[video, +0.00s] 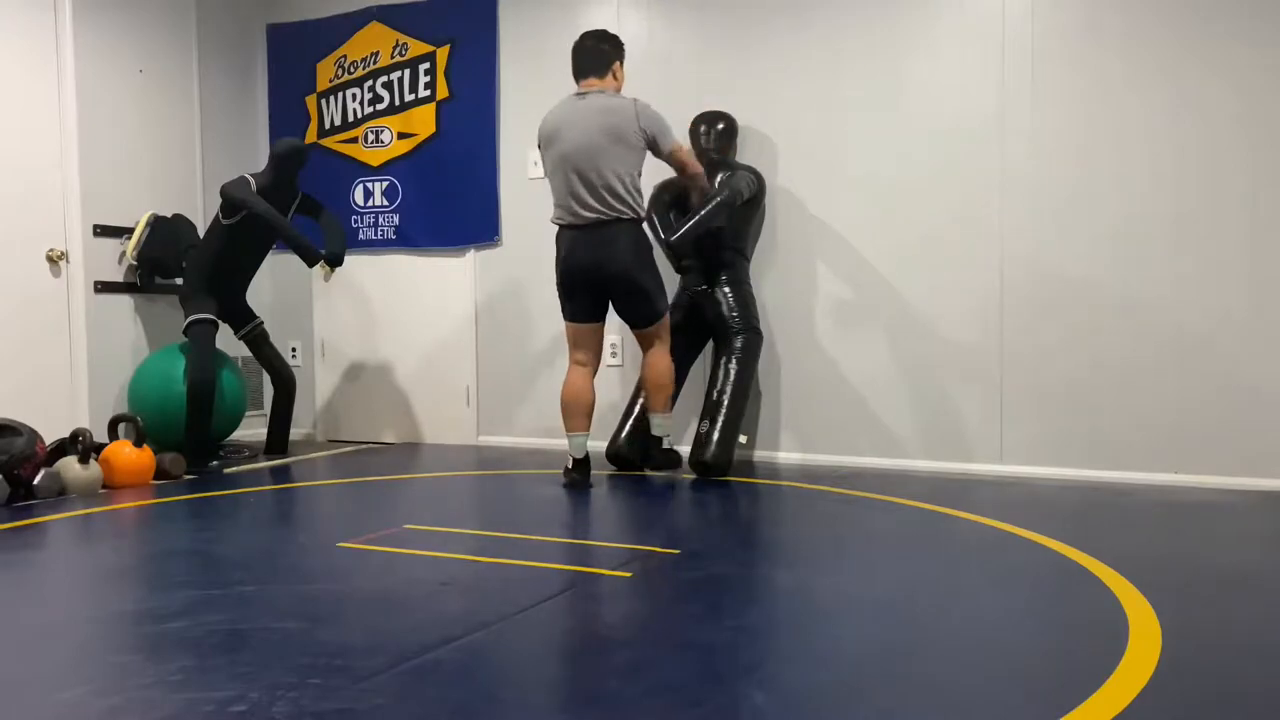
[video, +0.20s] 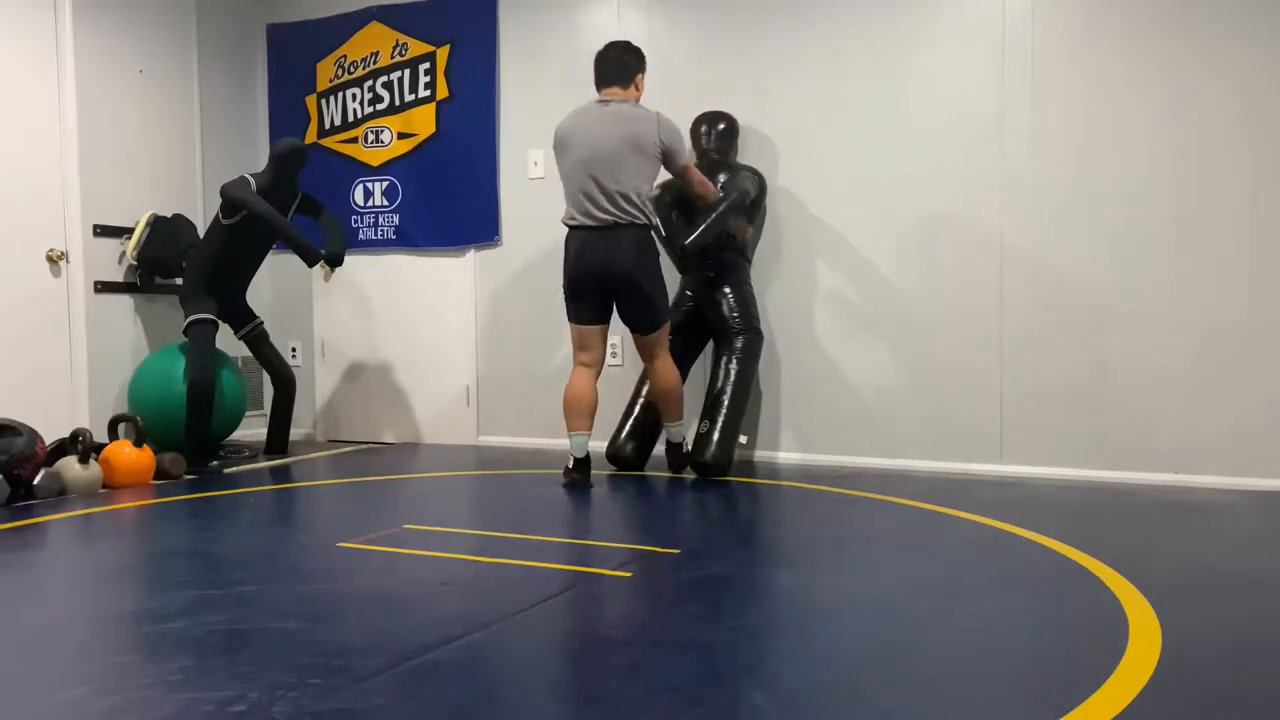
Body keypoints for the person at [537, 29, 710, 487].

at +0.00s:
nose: (624, 76)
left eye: (623, 69)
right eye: (623, 69)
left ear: (576, 71)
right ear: (615, 69)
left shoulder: (551, 121)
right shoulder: (635, 111)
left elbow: (564, 179)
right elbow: (684, 162)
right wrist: (700, 186)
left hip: (573, 249)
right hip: (625, 245)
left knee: (581, 359)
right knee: (655, 341)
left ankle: (578, 463)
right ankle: (659, 443)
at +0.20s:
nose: (645, 87)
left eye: (643, 80)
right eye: (644, 80)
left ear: (597, 82)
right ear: (637, 81)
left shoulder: (566, 127)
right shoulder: (655, 123)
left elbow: (583, 183)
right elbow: (697, 184)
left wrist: (642, 196)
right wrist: (722, 209)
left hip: (581, 250)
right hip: (634, 250)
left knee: (585, 360)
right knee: (657, 353)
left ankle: (578, 464)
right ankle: (677, 450)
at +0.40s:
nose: (675, 105)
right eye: (675, 99)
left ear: (627, 98)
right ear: (670, 101)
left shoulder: (593, 139)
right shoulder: (683, 147)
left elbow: (586, 208)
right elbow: (714, 202)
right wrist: (750, 232)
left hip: (599, 253)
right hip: (653, 255)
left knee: (595, 361)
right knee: (666, 355)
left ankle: (581, 458)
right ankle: (677, 451)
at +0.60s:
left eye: (644, 113)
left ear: (640, 114)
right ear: (682, 123)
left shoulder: (610, 146)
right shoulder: (695, 163)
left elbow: (587, 216)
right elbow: (730, 222)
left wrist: (625, 210)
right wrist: (754, 244)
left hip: (611, 249)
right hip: (666, 254)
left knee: (603, 357)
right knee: (672, 355)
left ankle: (590, 451)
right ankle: (677, 451)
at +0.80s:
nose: (638, 117)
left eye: (639, 111)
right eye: (640, 112)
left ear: (644, 113)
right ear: (682, 120)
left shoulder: (615, 145)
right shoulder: (704, 162)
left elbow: (583, 208)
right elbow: (746, 223)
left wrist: (620, 200)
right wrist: (739, 248)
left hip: (621, 249)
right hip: (674, 254)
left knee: (610, 353)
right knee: (675, 354)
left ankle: (615, 436)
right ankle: (677, 450)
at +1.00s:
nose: (628, 112)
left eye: (630, 106)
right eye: (630, 106)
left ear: (637, 107)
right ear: (675, 113)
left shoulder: (613, 139)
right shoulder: (699, 158)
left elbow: (579, 202)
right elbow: (738, 217)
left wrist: (612, 194)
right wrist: (730, 244)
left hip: (632, 255)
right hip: (680, 259)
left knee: (616, 356)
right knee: (677, 356)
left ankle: (646, 437)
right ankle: (677, 453)